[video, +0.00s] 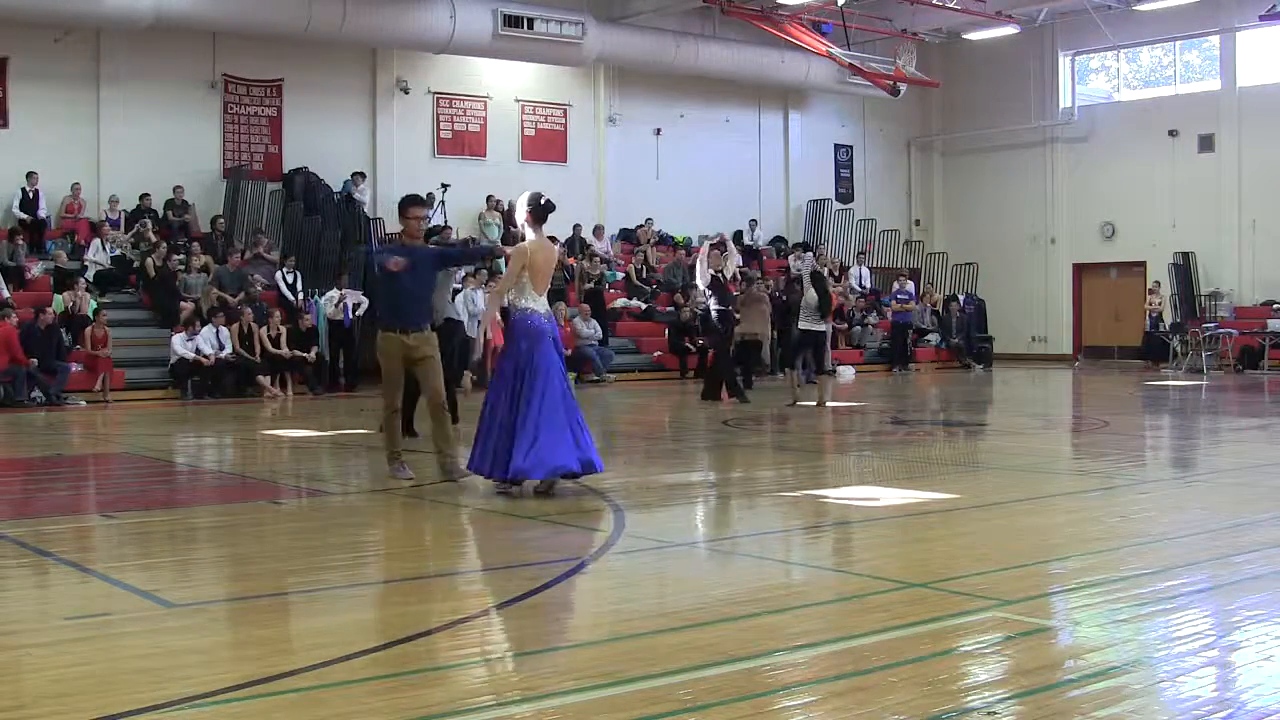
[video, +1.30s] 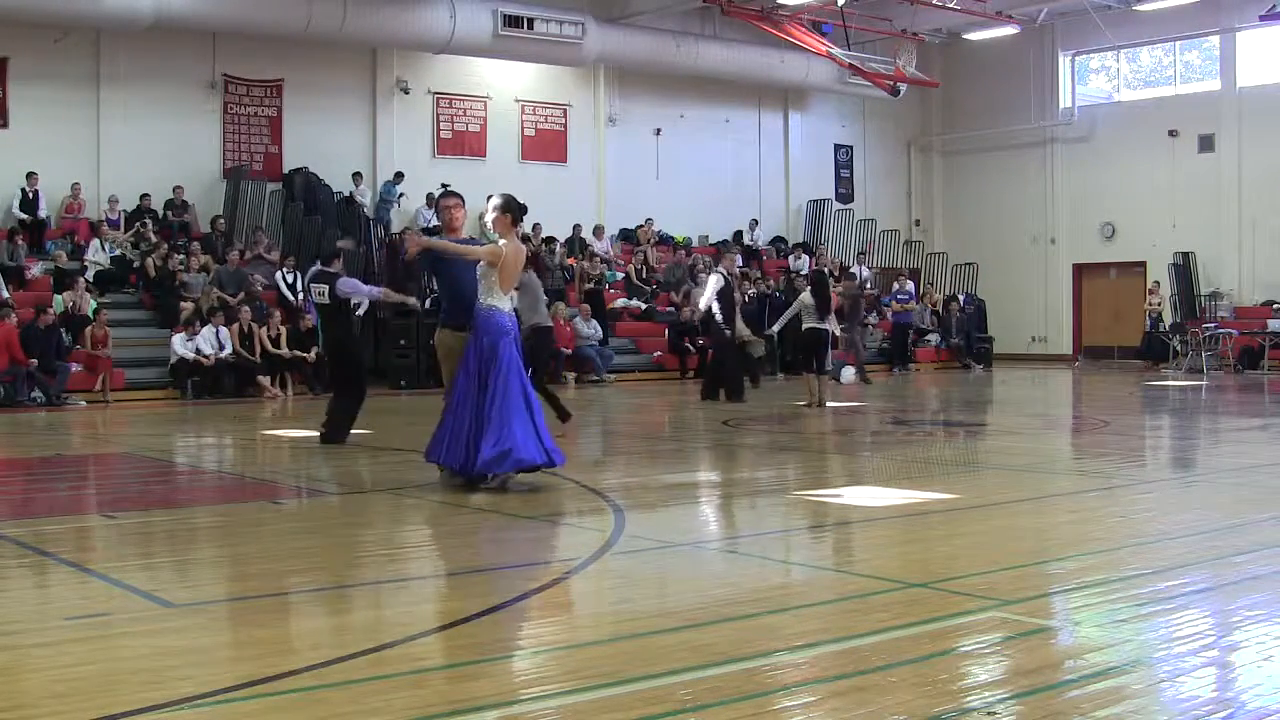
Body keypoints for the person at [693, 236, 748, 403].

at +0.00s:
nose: (718, 258)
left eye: (719, 255)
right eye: (715, 256)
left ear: (722, 258)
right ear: (708, 260)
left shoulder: (724, 275)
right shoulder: (706, 278)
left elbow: (733, 258)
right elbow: (701, 261)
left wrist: (727, 240)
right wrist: (707, 244)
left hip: (728, 314)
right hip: (715, 313)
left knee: (722, 352)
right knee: (723, 352)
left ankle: (710, 392)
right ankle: (737, 392)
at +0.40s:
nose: (714, 260)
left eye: (715, 257)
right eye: (710, 258)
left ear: (719, 261)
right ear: (706, 262)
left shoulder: (723, 276)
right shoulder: (704, 280)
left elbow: (732, 263)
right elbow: (693, 271)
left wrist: (738, 247)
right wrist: (684, 254)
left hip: (728, 315)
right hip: (716, 316)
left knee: (722, 354)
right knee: (725, 353)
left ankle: (711, 392)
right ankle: (737, 392)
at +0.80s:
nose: (718, 261)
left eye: (719, 259)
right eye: (715, 259)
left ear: (721, 262)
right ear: (708, 262)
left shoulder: (725, 279)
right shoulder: (706, 279)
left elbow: (739, 273)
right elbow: (689, 276)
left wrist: (751, 267)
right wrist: (669, 269)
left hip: (729, 317)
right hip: (716, 318)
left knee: (722, 355)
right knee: (724, 355)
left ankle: (710, 392)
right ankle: (738, 393)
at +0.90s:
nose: (726, 262)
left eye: (726, 260)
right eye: (722, 259)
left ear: (724, 263)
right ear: (714, 262)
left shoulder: (725, 279)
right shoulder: (709, 279)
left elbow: (738, 280)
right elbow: (689, 280)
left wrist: (750, 278)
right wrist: (668, 279)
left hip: (729, 320)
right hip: (717, 321)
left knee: (722, 357)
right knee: (726, 356)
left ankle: (711, 392)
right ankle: (738, 392)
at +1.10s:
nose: (729, 263)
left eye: (730, 260)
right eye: (725, 260)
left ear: (729, 262)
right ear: (717, 260)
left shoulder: (725, 281)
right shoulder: (710, 278)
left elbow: (735, 298)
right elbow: (691, 290)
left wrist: (747, 297)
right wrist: (682, 296)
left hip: (727, 323)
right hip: (717, 323)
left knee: (721, 357)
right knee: (727, 355)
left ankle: (710, 392)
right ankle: (738, 392)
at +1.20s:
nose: (731, 263)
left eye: (732, 261)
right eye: (728, 260)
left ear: (730, 262)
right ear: (719, 260)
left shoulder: (726, 278)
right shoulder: (712, 278)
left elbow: (730, 298)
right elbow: (695, 299)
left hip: (728, 324)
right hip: (719, 325)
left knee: (719, 359)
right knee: (729, 359)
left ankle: (710, 391)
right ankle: (738, 392)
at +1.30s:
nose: (733, 264)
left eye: (734, 261)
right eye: (730, 260)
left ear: (732, 262)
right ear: (722, 260)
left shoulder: (728, 277)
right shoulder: (716, 277)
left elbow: (730, 303)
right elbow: (709, 298)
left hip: (729, 324)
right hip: (720, 324)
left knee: (718, 358)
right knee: (731, 358)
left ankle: (709, 391)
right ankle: (734, 393)